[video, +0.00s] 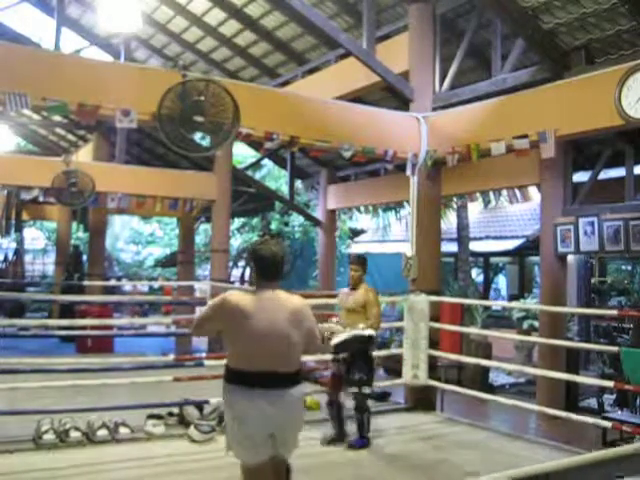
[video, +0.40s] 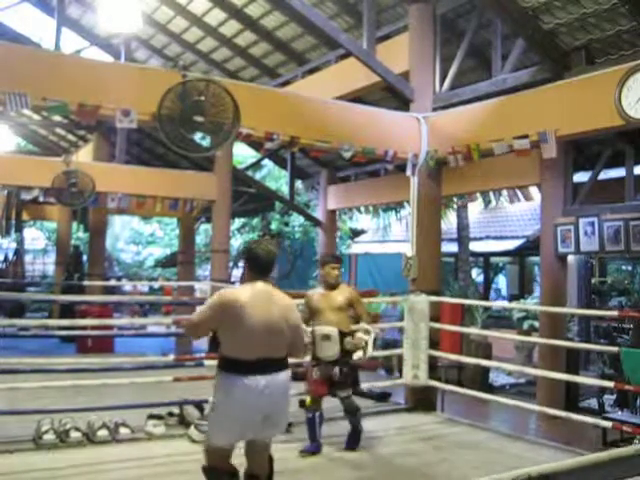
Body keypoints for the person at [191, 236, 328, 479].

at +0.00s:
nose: (249, 270)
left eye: (250, 266)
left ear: (252, 270)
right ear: (282, 270)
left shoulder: (232, 303)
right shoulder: (298, 306)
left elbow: (200, 328)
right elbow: (313, 345)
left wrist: (232, 324)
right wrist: (283, 339)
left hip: (244, 398)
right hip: (288, 396)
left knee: (254, 468)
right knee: (280, 462)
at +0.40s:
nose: (240, 268)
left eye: (242, 264)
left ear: (245, 266)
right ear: (272, 269)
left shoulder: (227, 298)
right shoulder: (286, 303)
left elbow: (193, 329)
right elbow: (299, 347)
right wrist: (269, 343)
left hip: (236, 384)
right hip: (277, 382)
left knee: (217, 458)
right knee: (259, 452)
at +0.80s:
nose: (212, 267)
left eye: (214, 262)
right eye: (214, 262)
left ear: (220, 267)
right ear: (244, 269)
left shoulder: (205, 299)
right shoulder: (259, 299)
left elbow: (175, 329)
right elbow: (271, 335)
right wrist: (244, 330)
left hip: (214, 377)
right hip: (254, 374)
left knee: (206, 449)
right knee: (247, 449)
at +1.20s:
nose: (178, 270)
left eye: (180, 266)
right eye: (179, 266)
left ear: (185, 267)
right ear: (209, 267)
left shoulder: (173, 295)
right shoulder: (227, 295)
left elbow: (148, 326)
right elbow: (246, 330)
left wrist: (176, 323)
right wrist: (221, 331)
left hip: (182, 370)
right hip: (219, 369)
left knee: (189, 441)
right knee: (223, 436)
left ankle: (192, 475)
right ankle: (226, 475)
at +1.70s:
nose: (182, 268)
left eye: (184, 264)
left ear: (187, 267)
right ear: (212, 267)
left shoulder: (172, 295)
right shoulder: (223, 298)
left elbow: (155, 325)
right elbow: (242, 332)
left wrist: (179, 322)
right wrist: (219, 325)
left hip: (179, 357)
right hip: (213, 357)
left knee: (182, 422)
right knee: (207, 422)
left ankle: (190, 465)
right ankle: (201, 471)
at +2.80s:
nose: (219, 273)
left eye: (217, 269)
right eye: (218, 270)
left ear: (197, 269)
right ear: (214, 270)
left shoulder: (182, 289)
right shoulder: (221, 291)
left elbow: (177, 315)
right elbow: (235, 323)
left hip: (184, 344)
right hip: (213, 345)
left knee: (192, 400)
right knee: (228, 398)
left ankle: (190, 455)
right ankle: (228, 450)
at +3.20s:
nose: (243, 276)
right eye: (242, 272)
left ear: (222, 272)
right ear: (240, 272)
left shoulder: (206, 291)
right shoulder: (244, 295)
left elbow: (204, 316)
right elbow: (247, 321)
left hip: (208, 342)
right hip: (234, 344)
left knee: (210, 395)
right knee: (239, 399)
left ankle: (193, 447)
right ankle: (250, 451)